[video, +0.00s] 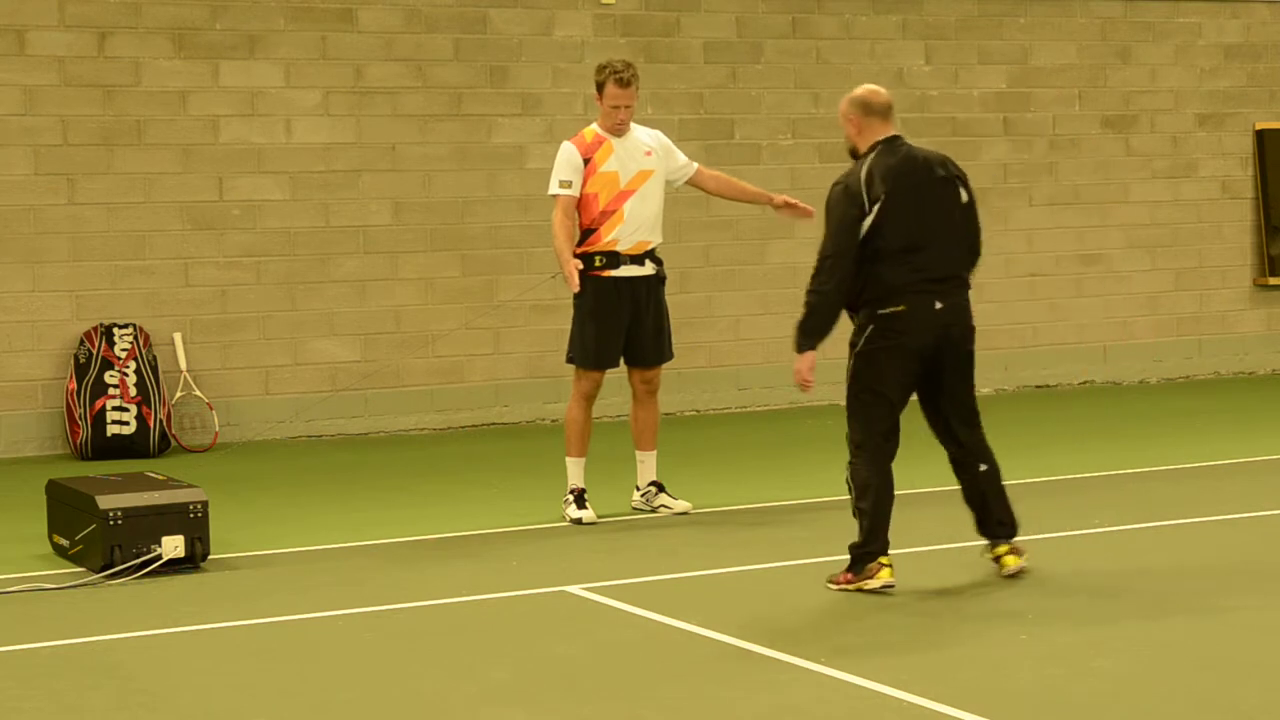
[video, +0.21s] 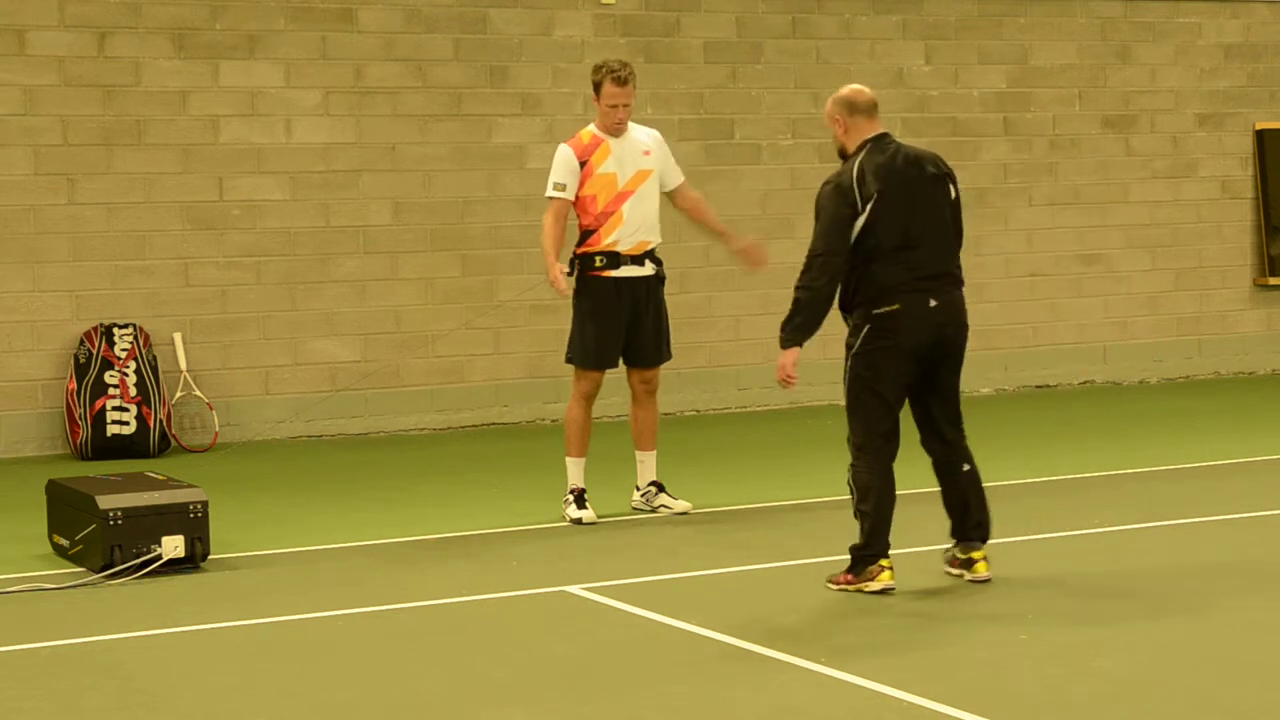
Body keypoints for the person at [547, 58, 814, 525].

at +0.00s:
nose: (623, 115)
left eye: (629, 107)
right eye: (615, 106)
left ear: (637, 102)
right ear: (597, 100)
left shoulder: (654, 143)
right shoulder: (577, 149)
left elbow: (707, 178)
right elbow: (563, 214)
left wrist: (769, 198)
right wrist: (567, 263)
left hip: (646, 280)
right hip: (598, 281)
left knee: (647, 383)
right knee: (586, 386)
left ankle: (647, 488)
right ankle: (575, 493)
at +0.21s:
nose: (620, 113)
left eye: (626, 105)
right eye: (611, 105)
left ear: (634, 101)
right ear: (594, 101)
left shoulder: (651, 143)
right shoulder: (574, 151)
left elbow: (686, 197)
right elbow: (556, 214)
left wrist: (733, 239)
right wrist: (553, 263)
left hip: (645, 280)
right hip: (597, 282)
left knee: (645, 384)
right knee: (586, 387)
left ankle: (647, 487)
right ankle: (575, 493)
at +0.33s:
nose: (617, 113)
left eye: (623, 105)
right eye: (609, 105)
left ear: (631, 101)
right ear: (591, 101)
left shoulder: (649, 142)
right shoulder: (572, 151)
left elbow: (663, 207)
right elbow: (553, 213)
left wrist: (680, 262)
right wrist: (543, 263)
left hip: (646, 279)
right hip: (598, 282)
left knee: (646, 383)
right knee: (586, 387)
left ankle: (647, 487)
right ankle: (576, 492)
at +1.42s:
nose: (617, 110)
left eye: (625, 102)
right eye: (614, 101)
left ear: (645, 102)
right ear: (611, 101)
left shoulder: (683, 143)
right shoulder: (603, 146)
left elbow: (703, 218)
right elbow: (571, 205)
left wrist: (719, 274)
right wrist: (523, 245)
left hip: (668, 278)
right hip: (617, 277)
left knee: (662, 384)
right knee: (598, 383)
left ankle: (656, 487)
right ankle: (577, 489)